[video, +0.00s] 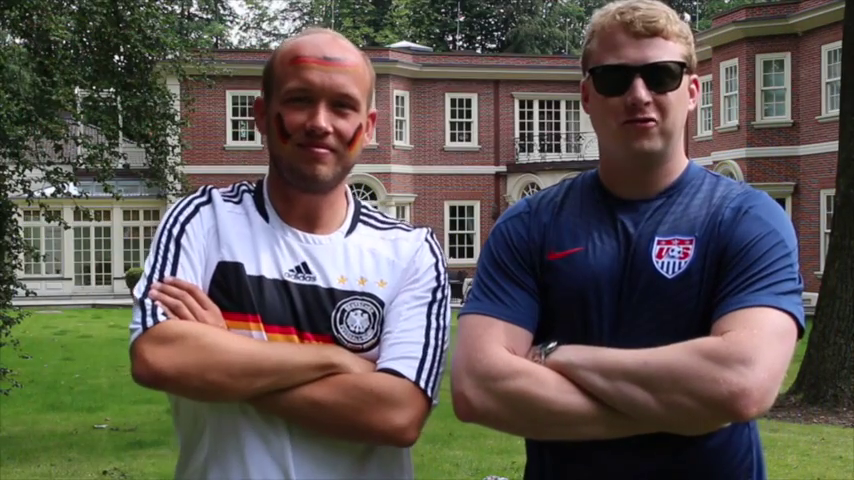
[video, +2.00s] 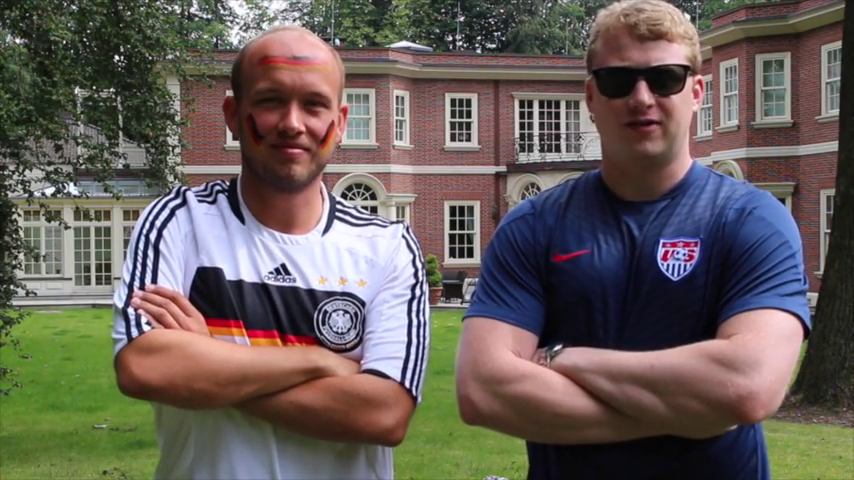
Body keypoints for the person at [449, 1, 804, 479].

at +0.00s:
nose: (638, 95)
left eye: (660, 76)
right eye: (614, 78)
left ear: (692, 92)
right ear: (587, 97)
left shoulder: (748, 219)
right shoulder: (526, 226)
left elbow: (743, 385)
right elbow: (477, 389)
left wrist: (556, 358)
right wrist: (666, 408)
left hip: (710, 473)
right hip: (563, 473)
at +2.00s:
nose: (641, 98)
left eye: (663, 79)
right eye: (617, 81)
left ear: (696, 92)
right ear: (590, 96)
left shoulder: (752, 220)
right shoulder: (531, 227)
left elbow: (748, 388)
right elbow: (483, 391)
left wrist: (560, 361)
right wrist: (676, 411)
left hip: (716, 473)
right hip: (567, 473)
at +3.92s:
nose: (708, 94)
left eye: (717, 78)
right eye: (680, 75)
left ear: (725, 90)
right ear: (614, 93)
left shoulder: (760, 219)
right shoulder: (539, 228)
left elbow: (762, 387)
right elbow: (492, 392)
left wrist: (569, 362)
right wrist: (685, 411)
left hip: (725, 473)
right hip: (576, 474)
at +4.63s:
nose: (711, 102)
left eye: (720, 84)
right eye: (684, 82)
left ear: (728, 92)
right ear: (618, 93)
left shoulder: (753, 211)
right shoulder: (542, 213)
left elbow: (789, 374)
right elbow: (497, 387)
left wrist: (592, 346)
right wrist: (653, 457)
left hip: (724, 472)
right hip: (578, 469)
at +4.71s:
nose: (700, 115)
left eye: (713, 95)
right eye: (674, 95)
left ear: (723, 97)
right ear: (611, 100)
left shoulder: (760, 214)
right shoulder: (542, 213)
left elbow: (847, 368)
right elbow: (498, 380)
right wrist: (590, 454)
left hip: (730, 469)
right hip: (593, 473)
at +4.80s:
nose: (679, 132)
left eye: (695, 108)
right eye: (653, 113)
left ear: (710, 105)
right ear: (601, 113)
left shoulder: (763, 214)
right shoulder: (542, 211)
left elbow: (823, 342)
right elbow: (492, 378)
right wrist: (600, 415)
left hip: (729, 470)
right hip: (592, 474)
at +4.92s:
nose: (655, 156)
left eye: (677, 133)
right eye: (632, 133)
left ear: (708, 122)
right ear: (601, 123)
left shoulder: (762, 236)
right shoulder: (544, 224)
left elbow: (811, 383)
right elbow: (495, 381)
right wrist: (582, 438)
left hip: (718, 466)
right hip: (591, 471)